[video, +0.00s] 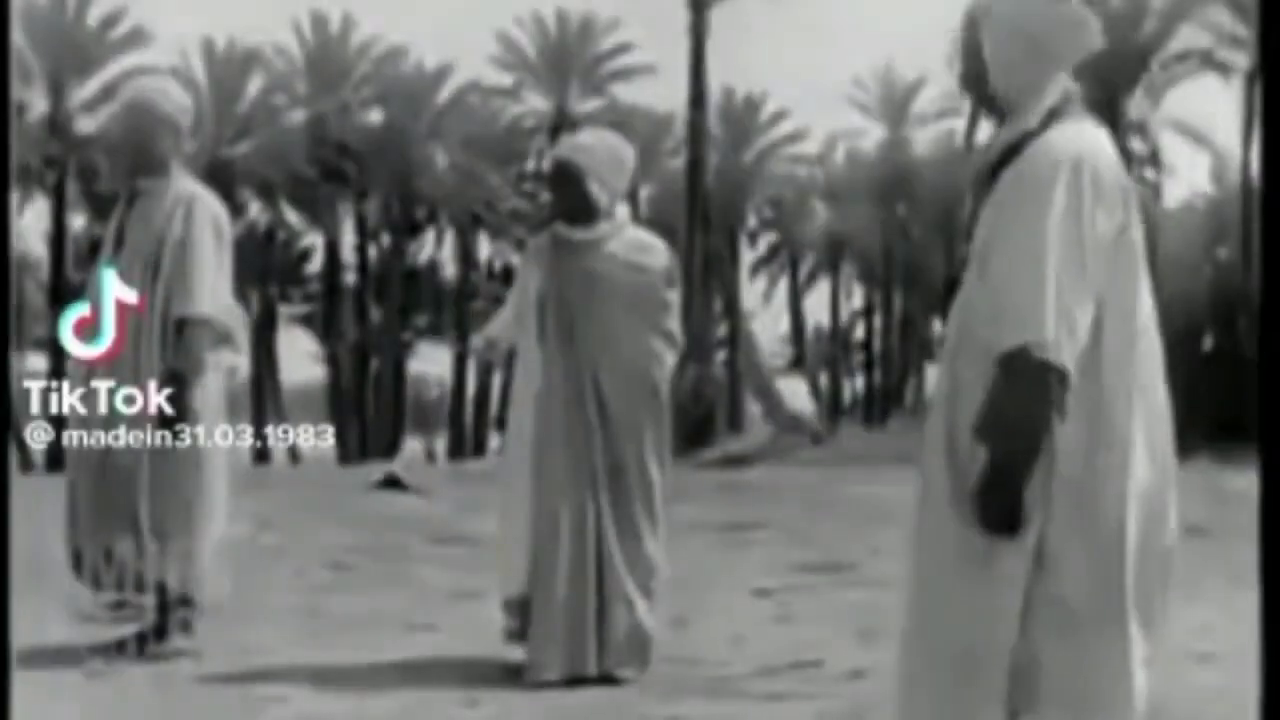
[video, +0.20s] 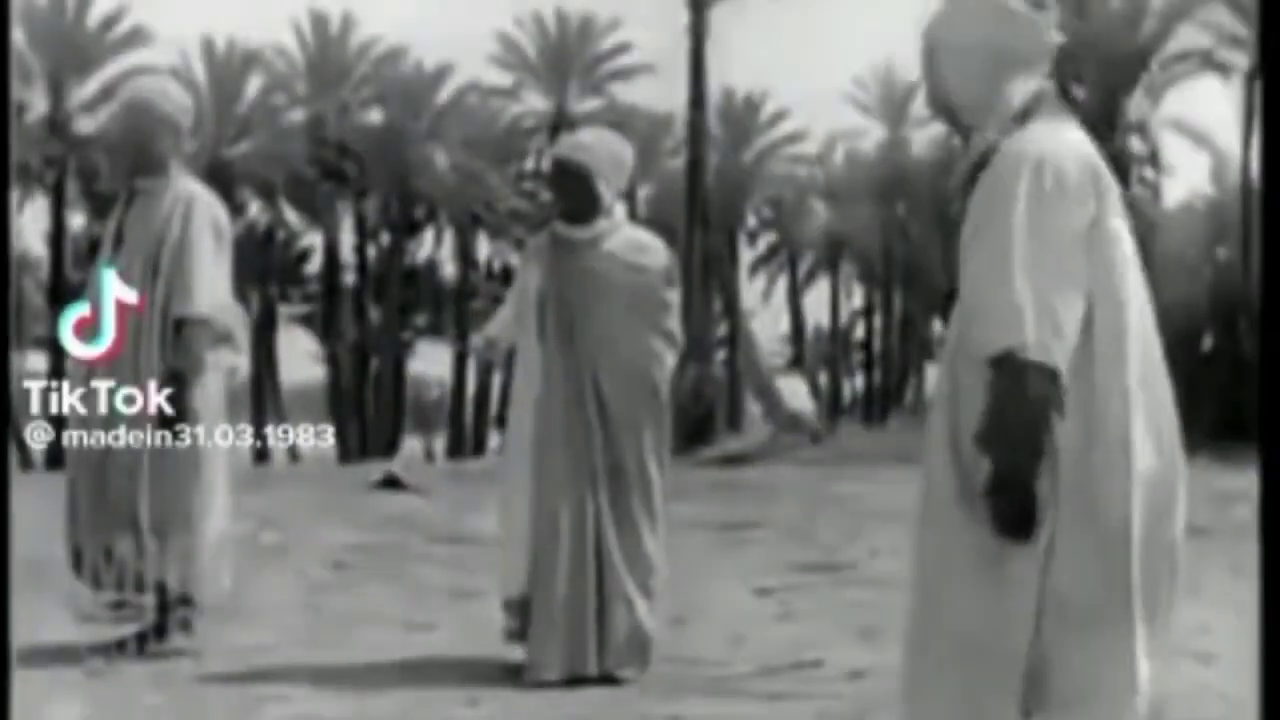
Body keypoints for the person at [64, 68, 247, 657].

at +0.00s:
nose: (117, 148)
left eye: (126, 135)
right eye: (119, 135)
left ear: (159, 137)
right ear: (131, 142)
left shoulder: (194, 208)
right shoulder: (128, 208)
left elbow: (200, 304)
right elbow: (113, 291)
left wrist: (187, 377)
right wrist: (101, 361)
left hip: (175, 372)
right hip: (129, 370)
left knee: (177, 487)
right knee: (136, 484)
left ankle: (178, 609)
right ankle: (151, 603)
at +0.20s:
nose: (113, 146)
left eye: (122, 134)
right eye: (115, 134)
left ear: (154, 136)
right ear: (140, 139)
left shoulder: (193, 207)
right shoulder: (127, 206)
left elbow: (199, 303)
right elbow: (113, 289)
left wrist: (186, 378)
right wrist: (102, 358)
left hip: (176, 371)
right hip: (129, 368)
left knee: (178, 487)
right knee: (135, 483)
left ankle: (179, 607)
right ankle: (149, 602)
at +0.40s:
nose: (111, 148)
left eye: (120, 135)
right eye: (113, 136)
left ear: (153, 136)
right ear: (139, 137)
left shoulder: (193, 206)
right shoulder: (128, 204)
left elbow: (198, 303)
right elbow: (113, 287)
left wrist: (185, 376)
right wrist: (101, 356)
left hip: (178, 369)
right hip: (129, 366)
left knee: (178, 486)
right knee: (134, 481)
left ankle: (178, 605)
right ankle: (147, 597)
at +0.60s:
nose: (107, 153)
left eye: (113, 140)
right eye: (106, 141)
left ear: (146, 137)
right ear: (128, 139)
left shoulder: (193, 204)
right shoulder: (121, 208)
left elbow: (195, 304)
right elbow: (102, 281)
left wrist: (151, 353)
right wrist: (94, 325)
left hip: (189, 362)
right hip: (134, 361)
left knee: (184, 474)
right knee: (138, 472)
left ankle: (179, 600)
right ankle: (153, 592)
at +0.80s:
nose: (85, 186)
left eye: (90, 172)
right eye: (79, 174)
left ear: (118, 166)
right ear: (84, 175)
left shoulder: (182, 208)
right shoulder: (102, 222)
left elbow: (193, 281)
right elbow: (52, 276)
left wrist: (133, 227)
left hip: (193, 368)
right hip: (135, 368)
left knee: (185, 478)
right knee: (149, 476)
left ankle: (183, 602)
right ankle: (164, 599)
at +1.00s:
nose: (65, 239)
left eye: (68, 226)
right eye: (59, 228)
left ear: (90, 214)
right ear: (67, 219)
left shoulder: (165, 254)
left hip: (202, 376)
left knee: (174, 487)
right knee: (162, 484)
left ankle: (177, 614)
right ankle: (167, 609)